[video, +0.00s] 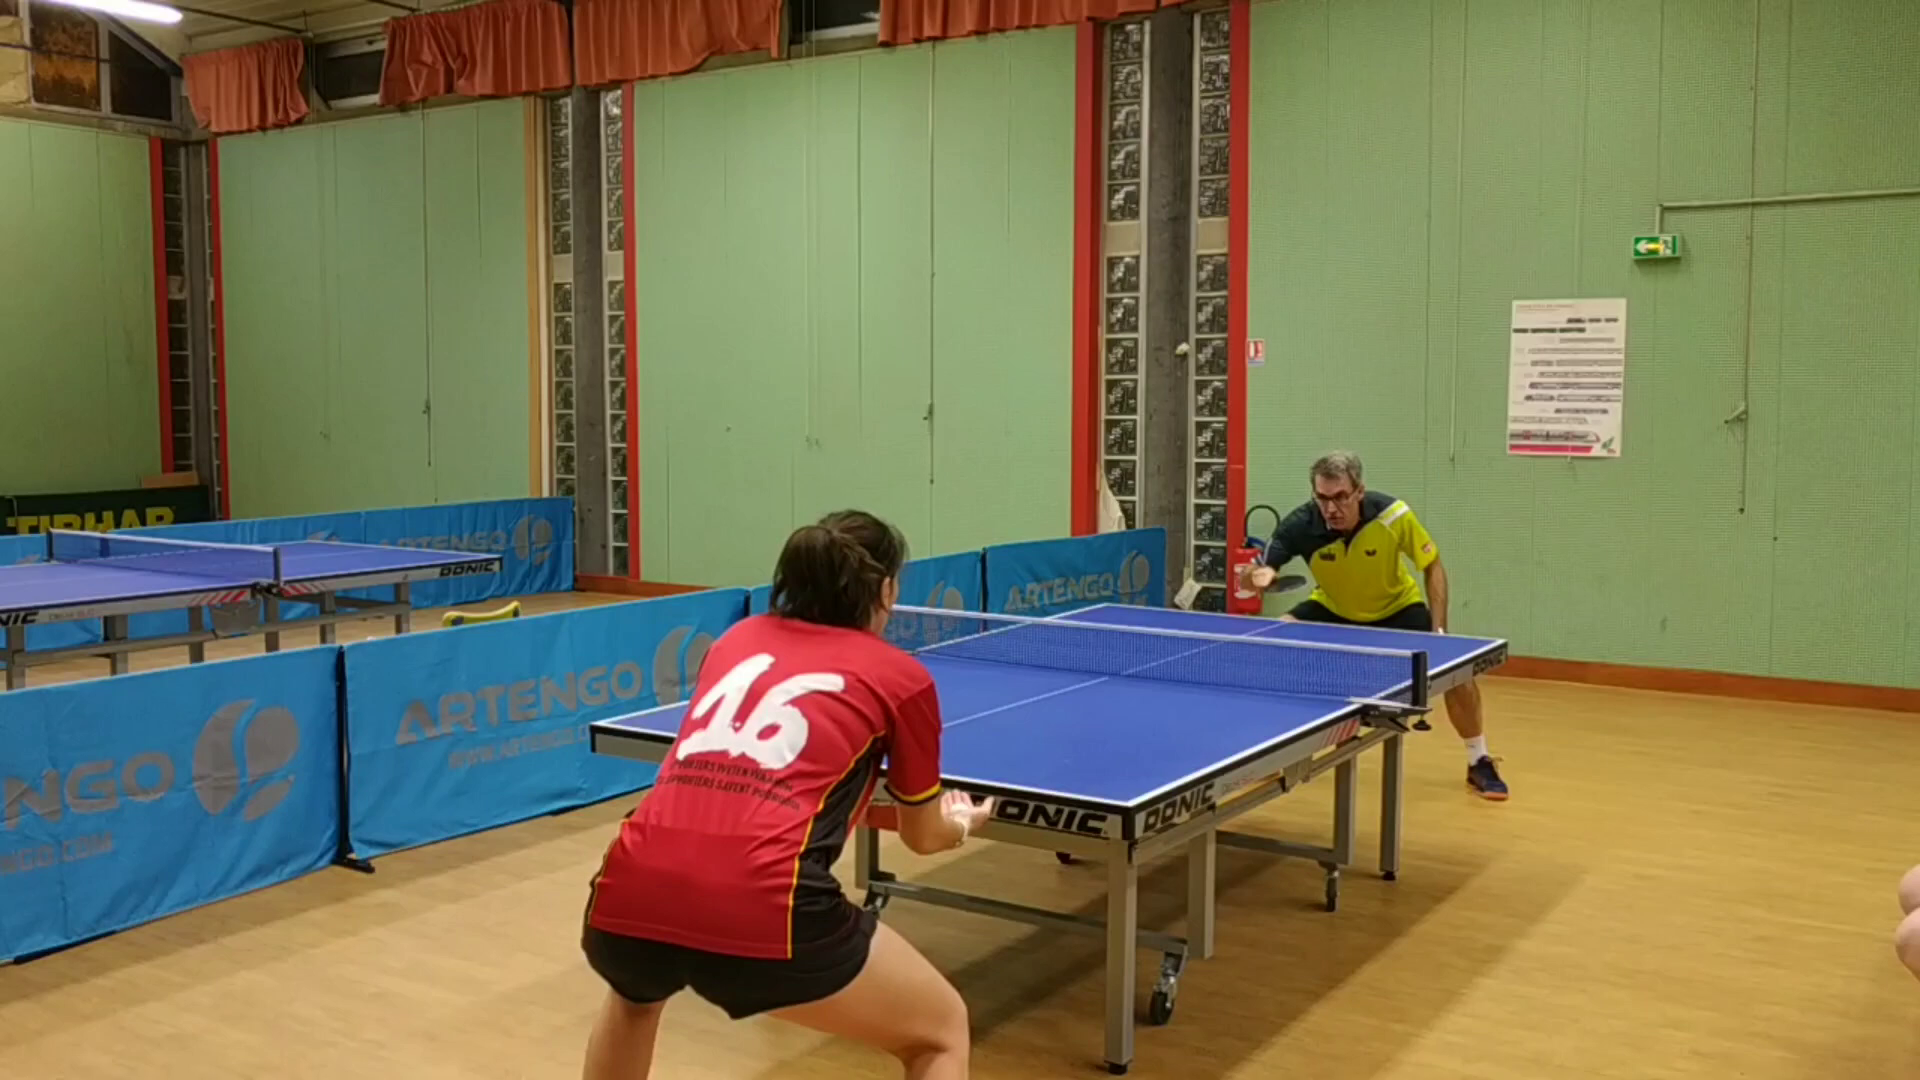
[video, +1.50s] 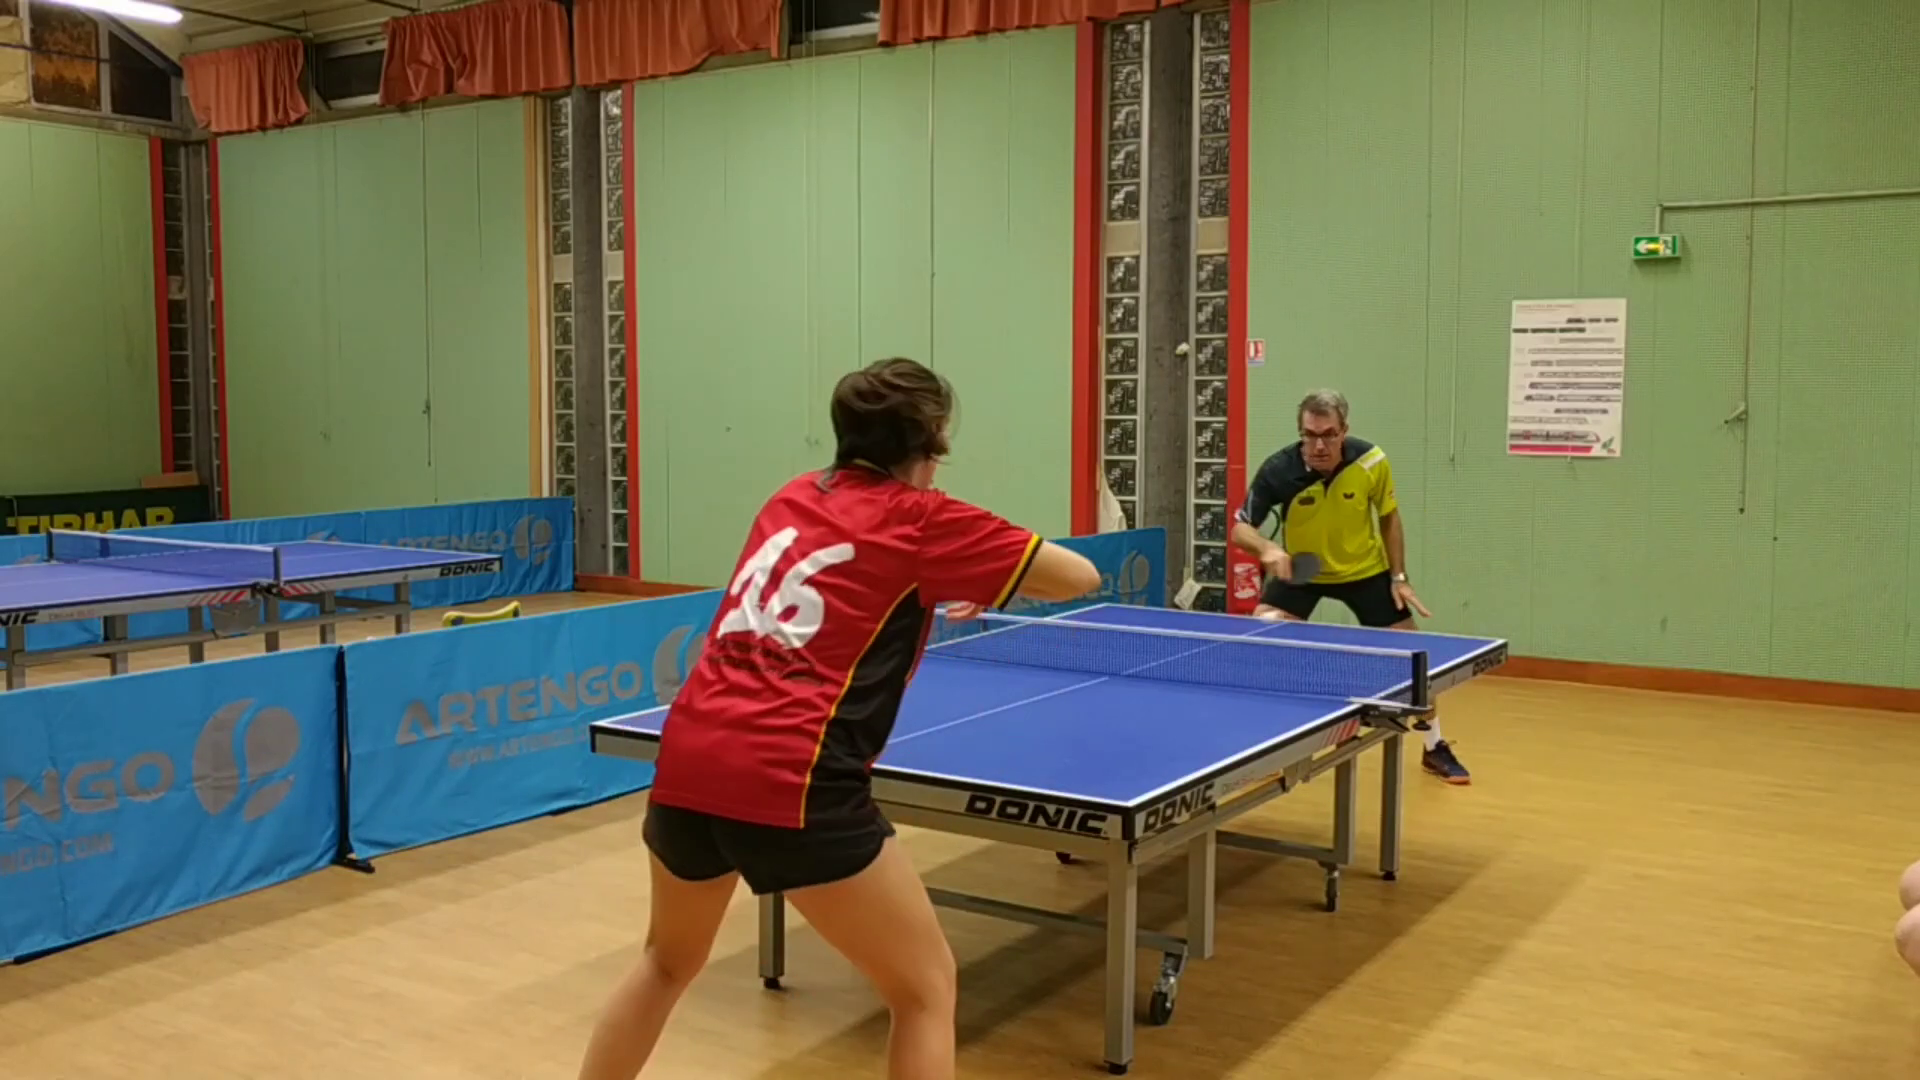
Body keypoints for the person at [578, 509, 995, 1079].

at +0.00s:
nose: (897, 598)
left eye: (895, 582)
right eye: (897, 584)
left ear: (799, 580)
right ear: (883, 594)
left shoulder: (734, 639)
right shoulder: (902, 677)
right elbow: (924, 834)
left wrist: (852, 795)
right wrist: (956, 823)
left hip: (627, 912)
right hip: (765, 924)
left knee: (633, 993)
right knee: (939, 1032)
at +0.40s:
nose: (888, 540)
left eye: (889, 525)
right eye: (888, 525)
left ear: (788, 526)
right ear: (872, 535)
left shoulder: (728, 589)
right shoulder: (891, 621)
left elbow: (721, 713)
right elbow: (936, 770)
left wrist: (836, 743)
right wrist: (971, 765)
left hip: (639, 866)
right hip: (770, 877)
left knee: (630, 1000)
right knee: (930, 1034)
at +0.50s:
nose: (886, 516)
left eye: (886, 500)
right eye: (885, 501)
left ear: (787, 502)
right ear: (866, 510)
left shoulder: (725, 569)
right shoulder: (886, 595)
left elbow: (742, 700)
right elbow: (947, 728)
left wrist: (869, 732)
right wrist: (986, 682)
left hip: (637, 854)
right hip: (763, 865)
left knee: (638, 999)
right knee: (920, 1035)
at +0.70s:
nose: (863, 467)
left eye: (861, 452)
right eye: (859, 451)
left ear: (772, 456)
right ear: (829, 457)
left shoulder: (710, 533)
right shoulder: (824, 525)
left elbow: (763, 686)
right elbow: (963, 620)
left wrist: (891, 700)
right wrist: (1008, 586)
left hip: (620, 811)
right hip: (726, 815)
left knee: (661, 990)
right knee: (874, 1027)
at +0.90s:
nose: (854, 443)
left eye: (851, 426)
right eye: (845, 426)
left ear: (786, 434)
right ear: (806, 434)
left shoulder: (698, 505)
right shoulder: (777, 493)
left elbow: (730, 673)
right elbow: (937, 556)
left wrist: (853, 663)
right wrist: (1002, 595)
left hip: (592, 776)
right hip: (686, 775)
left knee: (652, 987)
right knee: (876, 942)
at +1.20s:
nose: (903, 481)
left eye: (905, 466)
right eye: (902, 465)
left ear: (821, 456)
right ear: (873, 463)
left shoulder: (741, 512)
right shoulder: (848, 525)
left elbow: (765, 603)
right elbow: (1001, 597)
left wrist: (852, 658)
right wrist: (997, 654)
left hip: (629, 788)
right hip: (732, 794)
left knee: (660, 995)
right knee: (886, 996)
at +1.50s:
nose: (938, 466)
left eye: (940, 451)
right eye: (938, 450)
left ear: (849, 439)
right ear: (923, 453)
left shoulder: (791, 497)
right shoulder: (920, 518)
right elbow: (1080, 576)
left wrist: (938, 581)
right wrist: (1000, 575)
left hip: (684, 778)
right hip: (795, 794)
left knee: (663, 961)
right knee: (926, 992)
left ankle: (594, 1078)